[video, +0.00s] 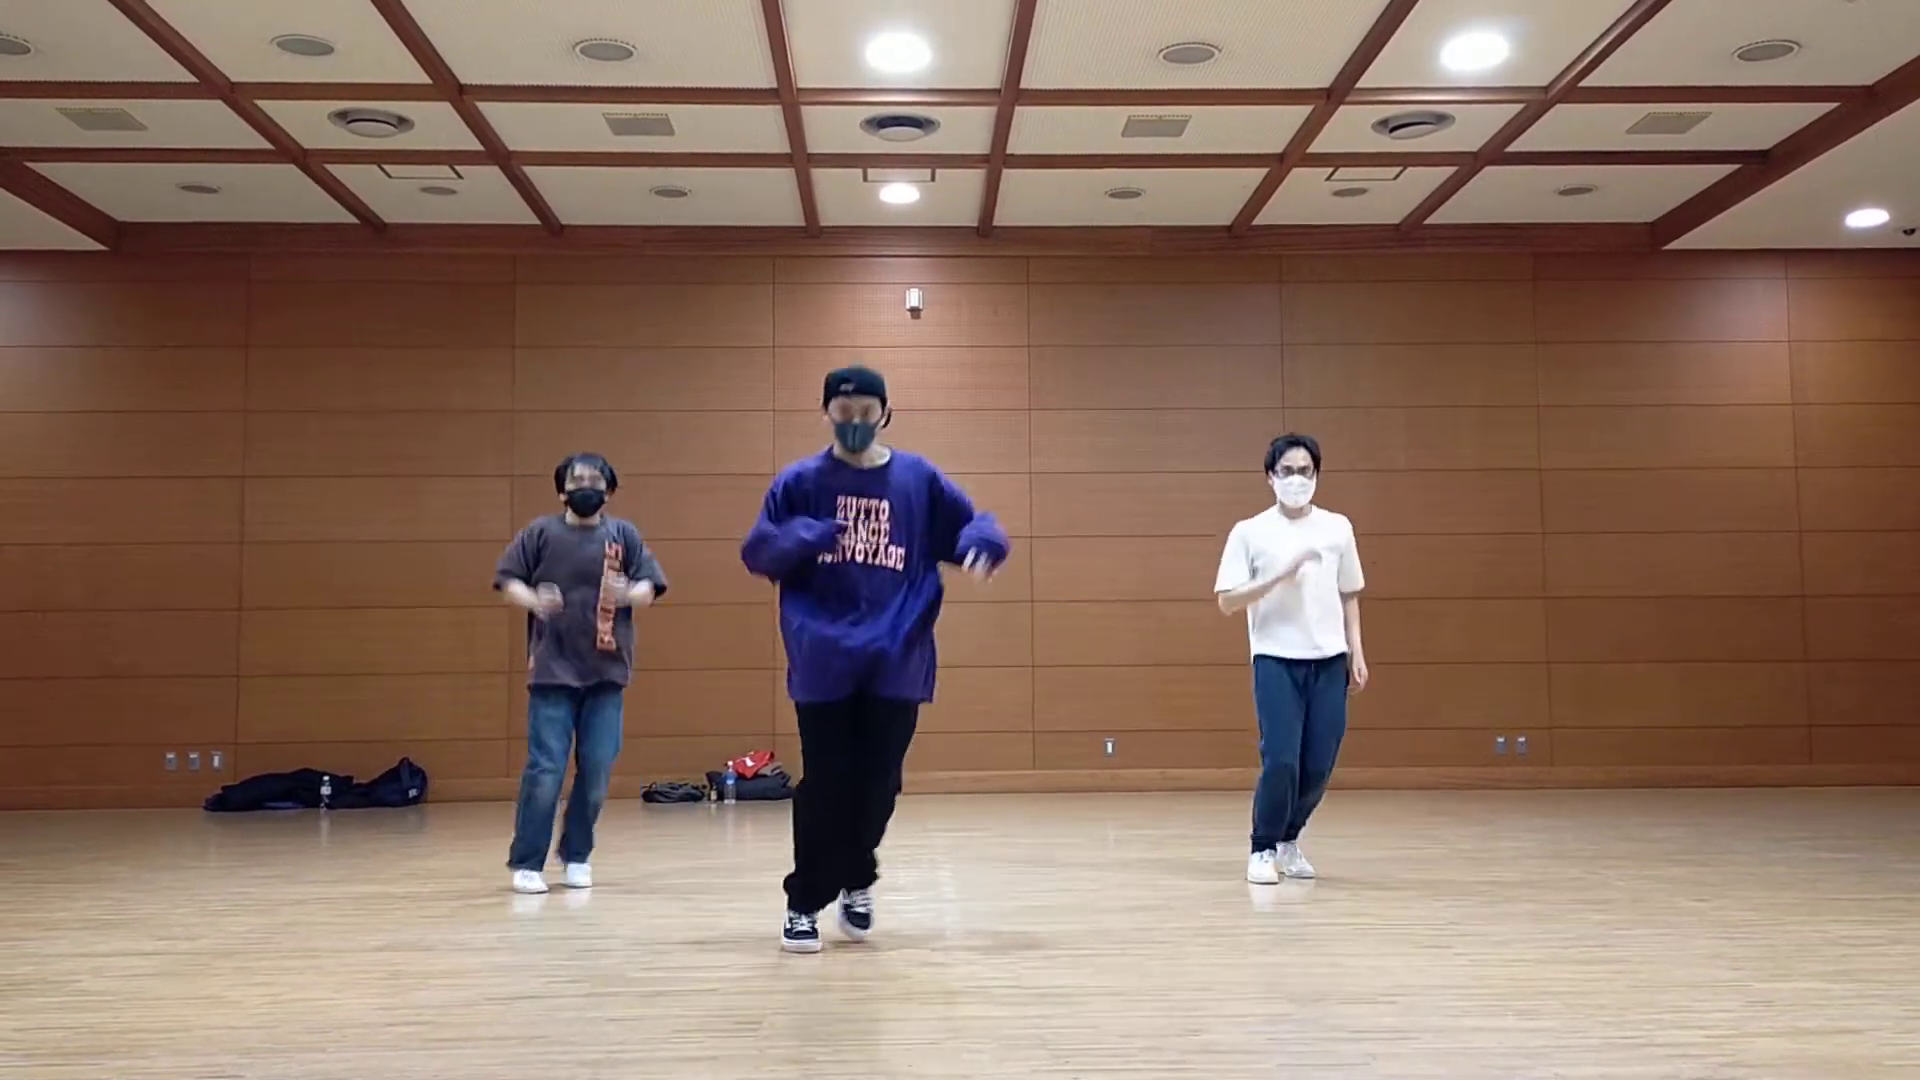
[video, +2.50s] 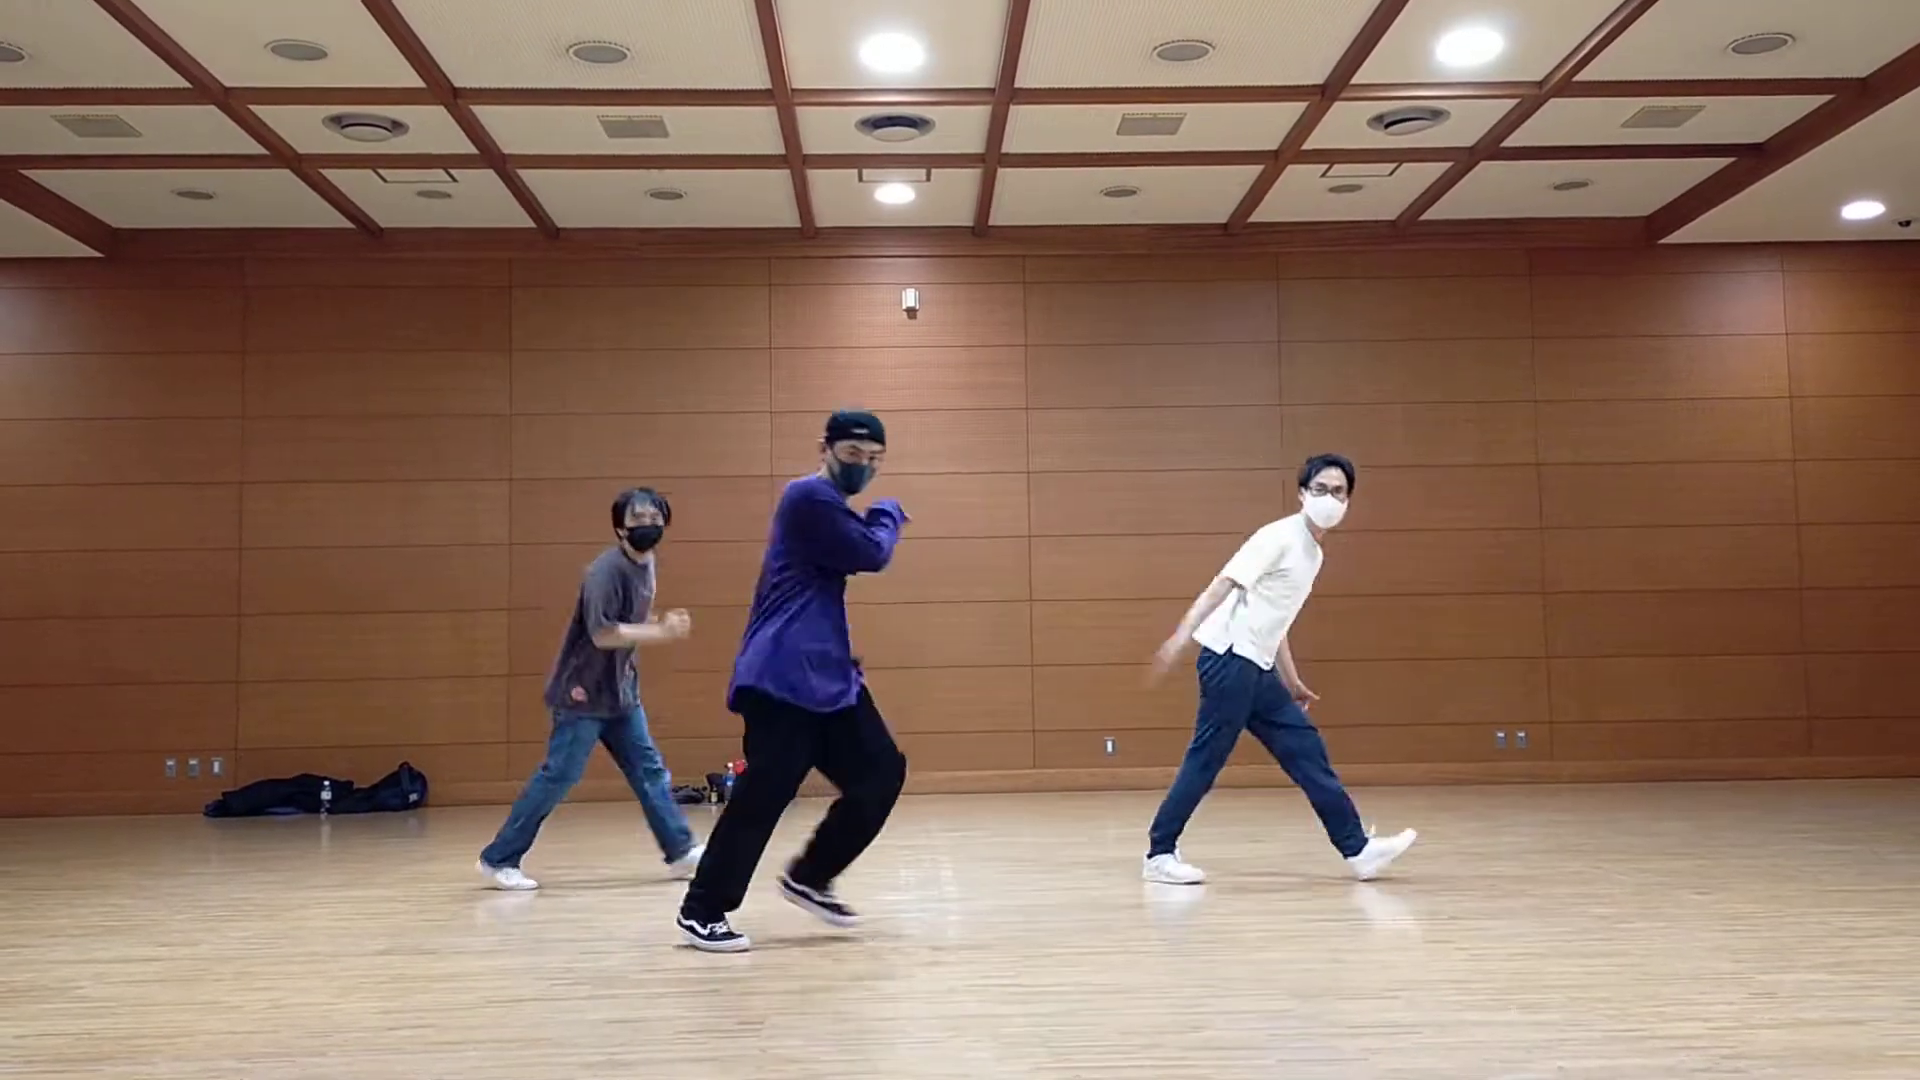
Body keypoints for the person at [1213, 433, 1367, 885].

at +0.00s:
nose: (1297, 479)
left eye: (1305, 471)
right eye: (1288, 472)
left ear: (1316, 477)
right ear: (1271, 478)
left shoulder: (1338, 528)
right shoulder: (1248, 533)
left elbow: (1350, 597)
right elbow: (1228, 602)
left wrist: (1356, 652)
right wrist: (1281, 576)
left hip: (1330, 659)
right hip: (1275, 660)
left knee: (1319, 764)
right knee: (1282, 757)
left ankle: (1287, 841)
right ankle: (1263, 851)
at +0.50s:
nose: (1368, 529)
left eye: (1378, 521)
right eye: (1359, 518)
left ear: (1388, 528)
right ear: (1342, 521)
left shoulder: (1379, 582)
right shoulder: (1307, 553)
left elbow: (1364, 657)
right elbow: (1234, 562)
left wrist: (1380, 640)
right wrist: (1237, 626)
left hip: (1322, 687)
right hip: (1274, 678)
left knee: (1383, 746)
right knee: (1286, 782)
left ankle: (1419, 852)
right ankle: (1217, 851)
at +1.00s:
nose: (1415, 477)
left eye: (1423, 468)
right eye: (1406, 470)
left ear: (1441, 471)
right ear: (1395, 477)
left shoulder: (1478, 522)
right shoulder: (1385, 533)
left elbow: (1507, 586)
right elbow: (1373, 606)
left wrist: (1488, 602)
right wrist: (1335, 591)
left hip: (1473, 655)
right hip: (1416, 664)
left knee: (1478, 741)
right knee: (1446, 764)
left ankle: (1508, 840)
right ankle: (1494, 842)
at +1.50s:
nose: (1392, 519)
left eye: (1400, 509)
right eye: (1382, 514)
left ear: (1421, 509)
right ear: (1376, 524)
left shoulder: (1454, 548)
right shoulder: (1419, 569)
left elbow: (1524, 574)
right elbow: (1471, 607)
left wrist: (1513, 642)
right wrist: (1478, 660)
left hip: (1511, 682)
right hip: (1472, 684)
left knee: (1523, 789)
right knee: (1415, 744)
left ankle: (1618, 849)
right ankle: (1403, 852)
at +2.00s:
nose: (1311, 482)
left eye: (1319, 474)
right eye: (1300, 475)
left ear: (1332, 478)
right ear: (1286, 482)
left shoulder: (1366, 524)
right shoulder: (1275, 543)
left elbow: (1401, 589)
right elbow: (1274, 616)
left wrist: (1436, 647)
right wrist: (1251, 567)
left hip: (1361, 658)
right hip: (1305, 658)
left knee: (1339, 759)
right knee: (1310, 752)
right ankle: (1343, 845)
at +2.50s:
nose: (1330, 499)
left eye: (1339, 492)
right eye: (1322, 489)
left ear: (1347, 502)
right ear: (1302, 494)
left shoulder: (1313, 556)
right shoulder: (1279, 536)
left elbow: (1275, 622)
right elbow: (1221, 586)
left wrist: (1293, 682)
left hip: (1259, 666)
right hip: (1229, 658)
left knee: (1306, 751)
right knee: (1206, 757)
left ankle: (1358, 849)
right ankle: (1159, 854)